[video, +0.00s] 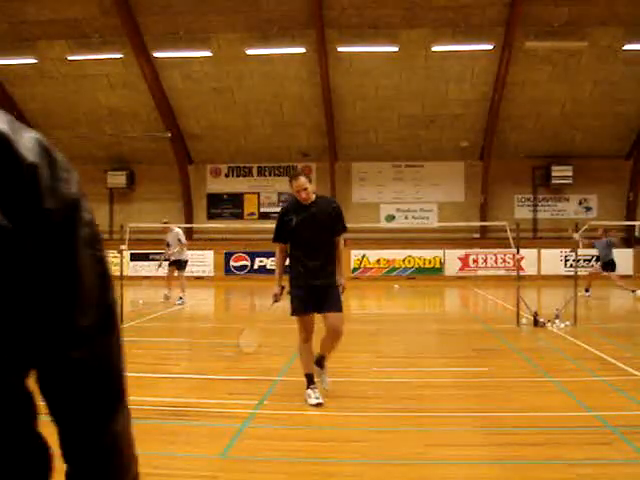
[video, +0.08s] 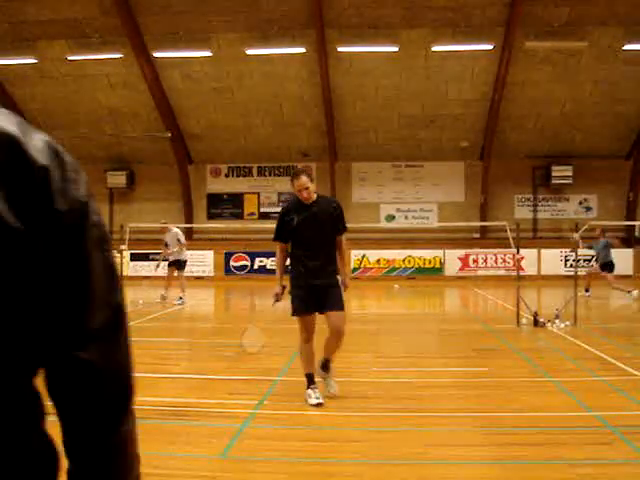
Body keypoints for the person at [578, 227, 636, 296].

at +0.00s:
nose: (599, 233)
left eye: (601, 232)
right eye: (599, 231)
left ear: (604, 233)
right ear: (598, 233)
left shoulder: (608, 241)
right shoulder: (597, 242)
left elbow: (617, 244)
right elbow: (588, 243)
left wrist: (615, 237)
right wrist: (580, 240)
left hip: (609, 263)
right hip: (602, 264)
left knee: (616, 280)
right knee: (591, 274)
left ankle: (632, 290)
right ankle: (587, 290)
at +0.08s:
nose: (596, 234)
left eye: (598, 232)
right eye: (596, 232)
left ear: (602, 233)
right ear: (596, 234)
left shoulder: (606, 242)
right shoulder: (595, 243)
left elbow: (617, 245)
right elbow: (582, 247)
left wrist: (614, 240)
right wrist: (579, 240)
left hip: (608, 265)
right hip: (600, 265)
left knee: (613, 284)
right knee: (588, 273)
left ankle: (630, 291)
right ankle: (587, 291)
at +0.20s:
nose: (592, 233)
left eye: (594, 232)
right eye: (591, 232)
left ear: (597, 233)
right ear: (591, 233)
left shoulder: (599, 240)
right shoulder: (594, 243)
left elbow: (609, 244)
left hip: (606, 261)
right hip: (599, 262)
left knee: (602, 283)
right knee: (587, 272)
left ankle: (621, 291)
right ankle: (587, 291)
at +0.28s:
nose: (592, 232)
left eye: (593, 229)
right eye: (591, 230)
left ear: (597, 230)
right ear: (590, 231)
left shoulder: (600, 237)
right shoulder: (594, 241)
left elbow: (609, 242)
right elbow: (595, 254)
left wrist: (599, 246)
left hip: (608, 258)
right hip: (601, 259)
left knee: (604, 278)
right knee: (590, 273)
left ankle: (620, 290)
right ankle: (587, 290)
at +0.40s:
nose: (594, 232)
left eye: (596, 230)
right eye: (593, 230)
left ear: (599, 230)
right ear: (592, 231)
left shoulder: (604, 237)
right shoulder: (597, 240)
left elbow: (612, 244)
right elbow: (597, 250)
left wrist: (602, 248)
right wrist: (600, 256)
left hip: (612, 257)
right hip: (605, 257)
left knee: (610, 275)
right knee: (594, 273)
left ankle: (625, 290)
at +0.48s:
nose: (596, 233)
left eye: (597, 231)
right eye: (595, 231)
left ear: (600, 231)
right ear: (594, 232)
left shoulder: (606, 239)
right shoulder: (597, 241)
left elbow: (615, 246)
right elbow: (597, 253)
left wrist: (606, 251)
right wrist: (601, 257)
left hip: (614, 258)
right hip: (606, 259)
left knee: (613, 277)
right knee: (597, 276)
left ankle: (628, 290)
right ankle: (600, 291)